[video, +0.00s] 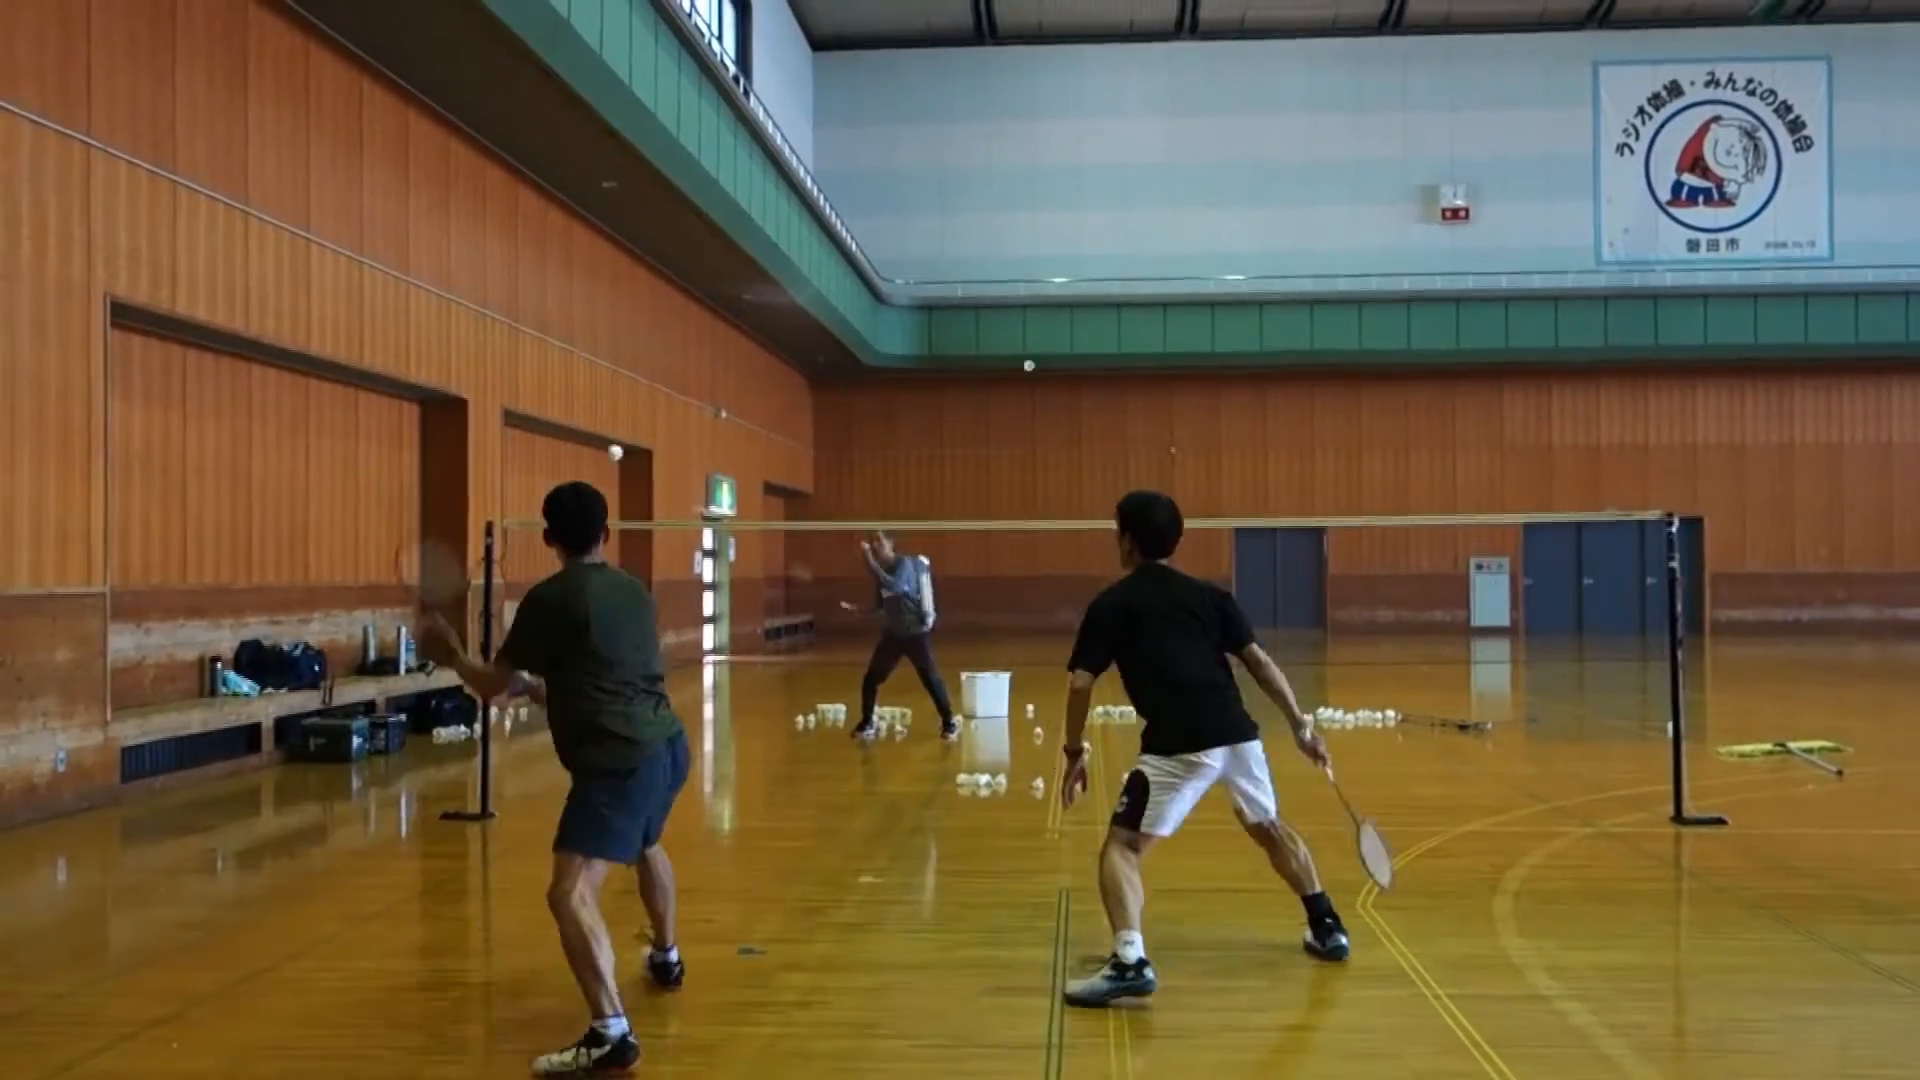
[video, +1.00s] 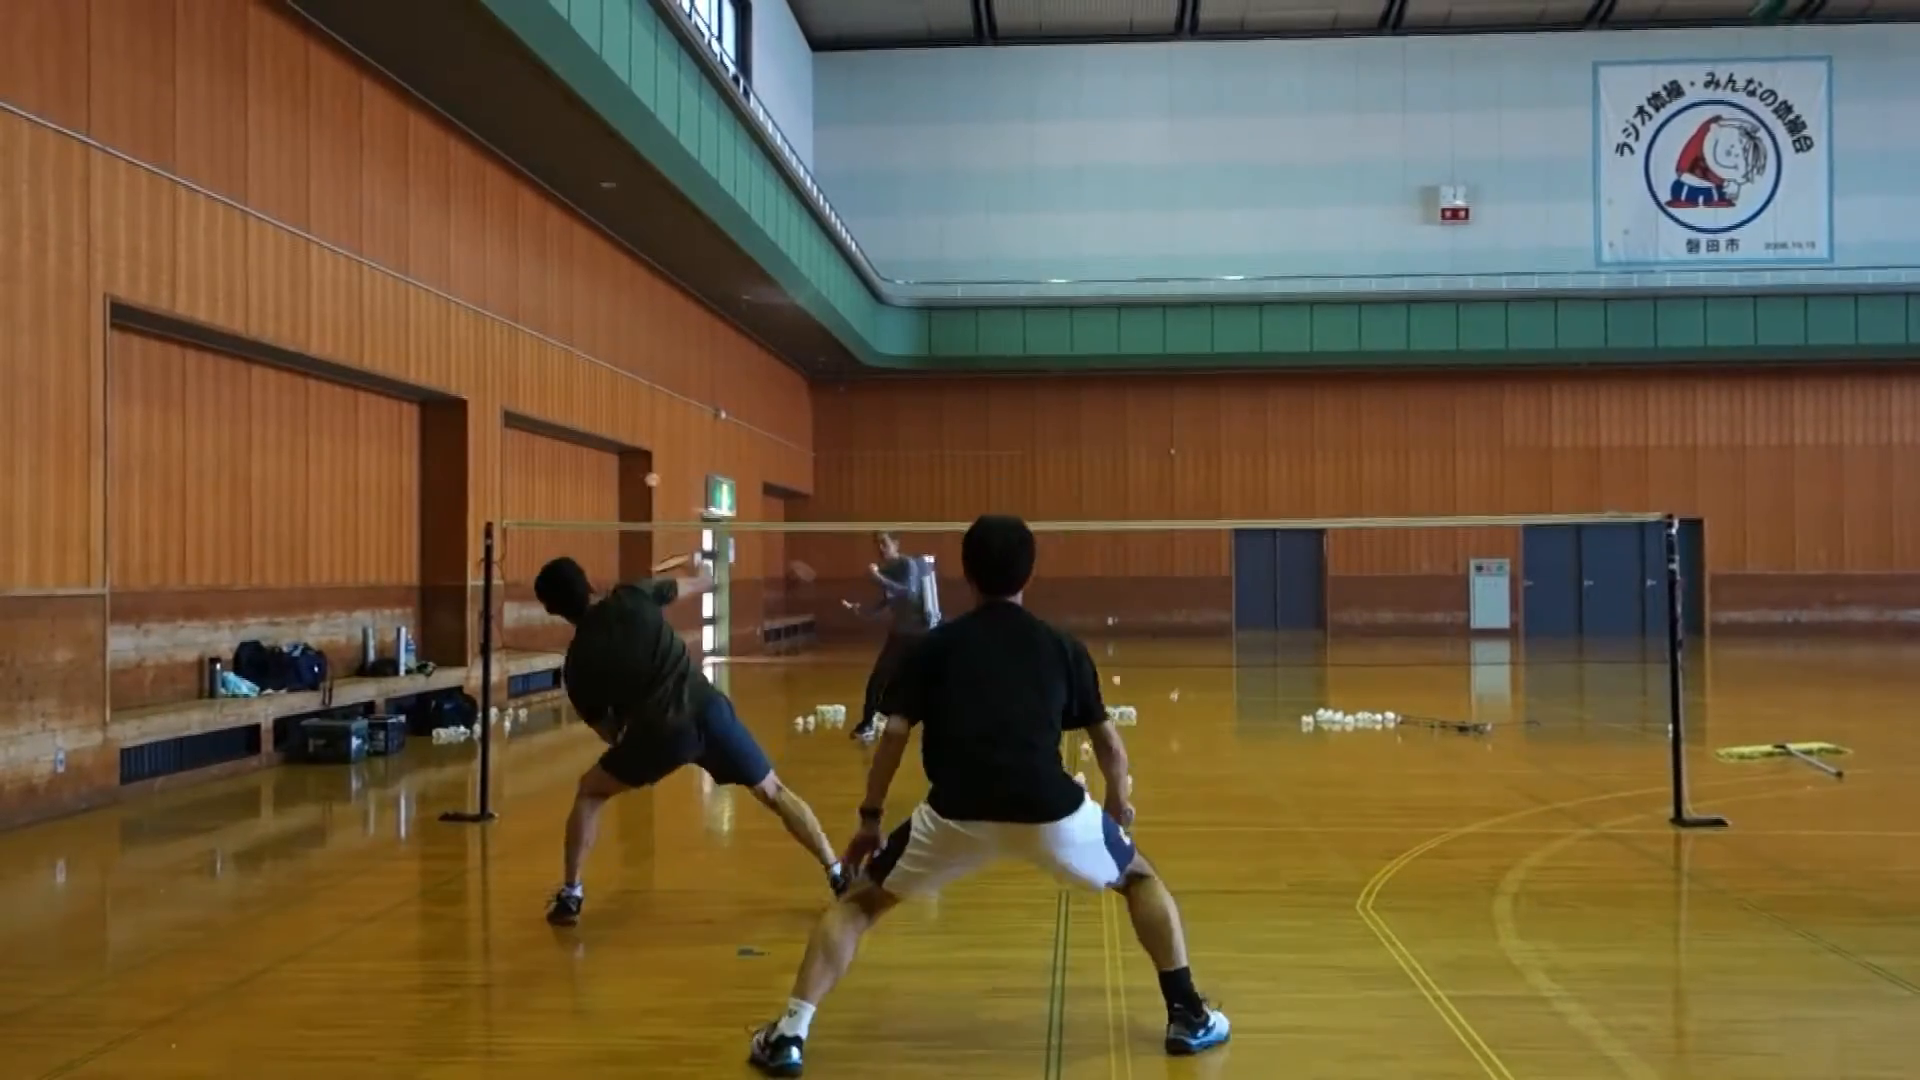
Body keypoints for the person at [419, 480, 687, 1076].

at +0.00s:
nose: (545, 535)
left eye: (545, 526)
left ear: (549, 535)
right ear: (603, 531)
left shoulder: (550, 599)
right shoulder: (634, 589)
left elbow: (491, 686)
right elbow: (615, 681)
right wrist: (538, 690)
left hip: (616, 765)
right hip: (668, 749)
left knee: (570, 894)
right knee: (644, 844)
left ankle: (611, 1031)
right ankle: (665, 956)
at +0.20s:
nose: (582, 532)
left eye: (584, 526)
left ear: (587, 534)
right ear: (635, 535)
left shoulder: (599, 585)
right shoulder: (650, 581)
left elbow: (564, 633)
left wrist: (483, 659)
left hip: (638, 736)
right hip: (680, 729)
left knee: (561, 846)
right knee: (630, 804)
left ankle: (600, 977)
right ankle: (657, 914)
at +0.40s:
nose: (601, 529)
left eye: (602, 523)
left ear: (604, 530)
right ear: (652, 527)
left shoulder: (609, 579)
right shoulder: (685, 578)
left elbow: (594, 637)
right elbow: (704, 645)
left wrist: (561, 697)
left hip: (655, 717)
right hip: (708, 715)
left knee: (587, 817)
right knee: (665, 795)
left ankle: (620, 911)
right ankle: (651, 904)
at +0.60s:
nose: (634, 545)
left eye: (635, 539)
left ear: (639, 545)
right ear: (684, 540)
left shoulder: (630, 599)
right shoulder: (717, 588)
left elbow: (610, 679)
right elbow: (760, 649)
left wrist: (590, 734)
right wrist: (771, 690)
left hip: (661, 727)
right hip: (723, 723)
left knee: (610, 804)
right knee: (770, 805)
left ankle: (576, 903)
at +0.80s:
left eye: (580, 578)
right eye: (603, 554)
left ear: (582, 584)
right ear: (616, 557)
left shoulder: (602, 632)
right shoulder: (671, 574)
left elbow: (598, 693)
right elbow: (728, 545)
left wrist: (612, 653)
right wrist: (688, 496)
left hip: (668, 730)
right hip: (726, 714)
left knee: (609, 806)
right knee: (782, 796)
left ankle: (571, 895)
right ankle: (804, 893)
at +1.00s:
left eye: (550, 606)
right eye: (584, 577)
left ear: (555, 612)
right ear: (587, 583)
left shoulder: (578, 666)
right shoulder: (634, 595)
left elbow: (608, 730)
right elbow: (700, 584)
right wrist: (695, 567)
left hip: (660, 734)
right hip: (708, 710)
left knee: (591, 792)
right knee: (775, 791)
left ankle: (571, 891)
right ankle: (837, 872)